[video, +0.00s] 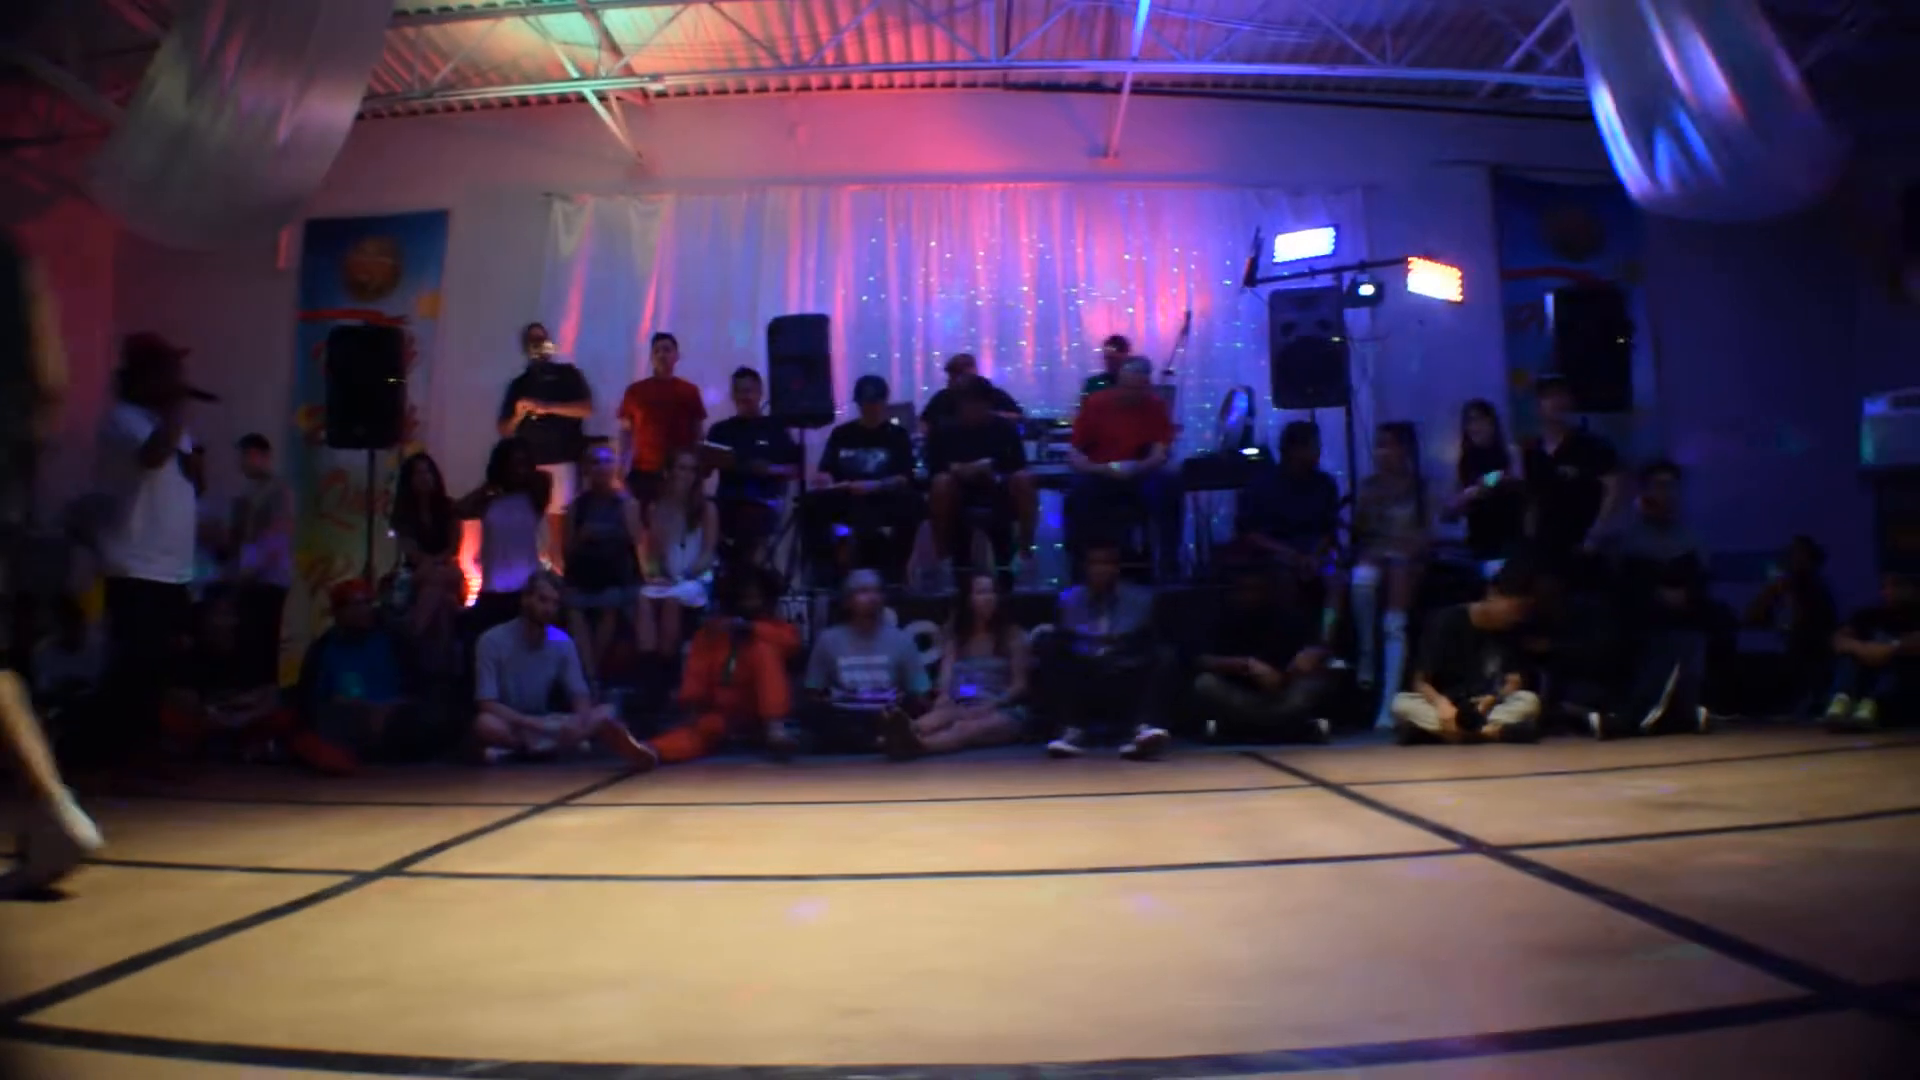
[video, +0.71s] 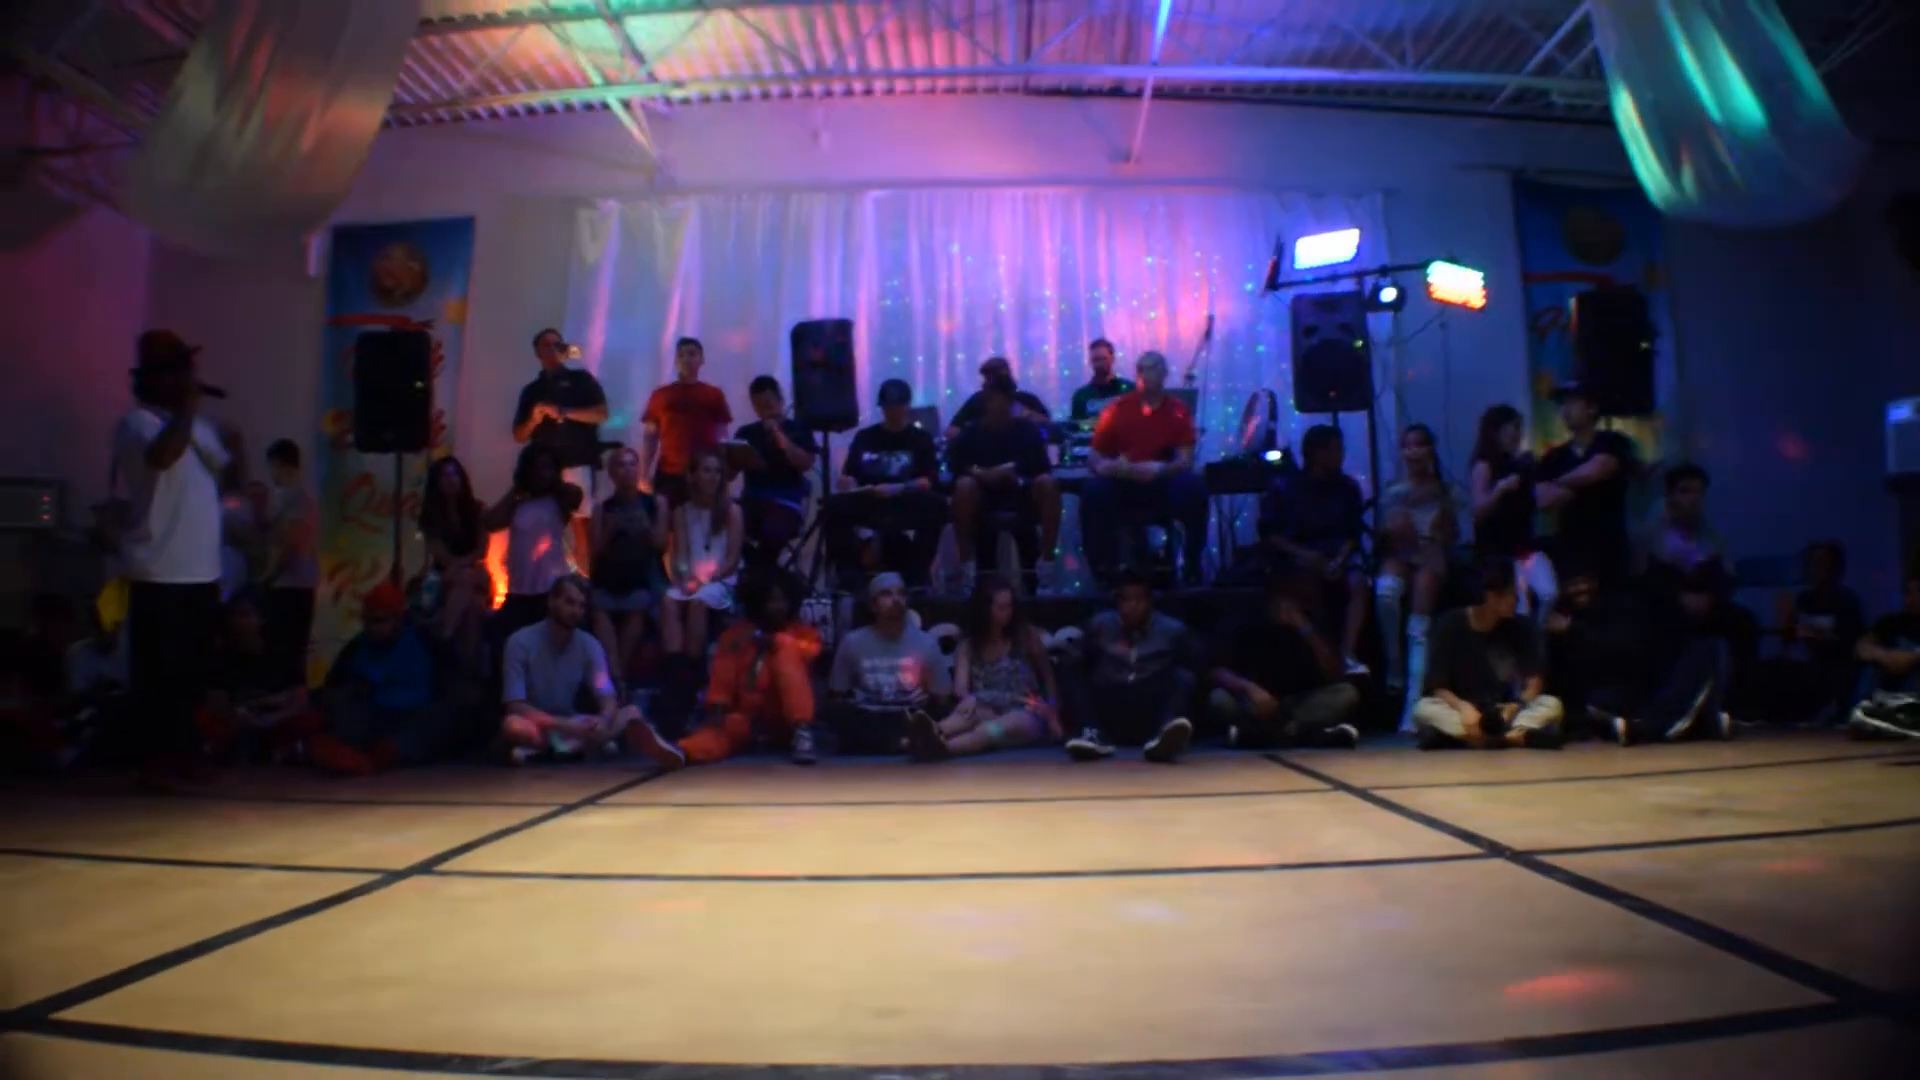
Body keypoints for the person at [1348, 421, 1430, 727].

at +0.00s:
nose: (1382, 454)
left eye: (1388, 447)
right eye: (1379, 447)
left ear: (1405, 451)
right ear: (1374, 451)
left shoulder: (1418, 487)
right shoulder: (1367, 487)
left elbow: (1428, 531)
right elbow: (1359, 529)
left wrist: (1408, 546)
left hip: (1405, 552)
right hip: (1373, 551)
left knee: (1394, 623)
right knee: (1362, 580)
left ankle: (1390, 705)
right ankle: (1365, 658)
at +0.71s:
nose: (1413, 452)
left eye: (1419, 445)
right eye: (1407, 446)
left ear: (1431, 450)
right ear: (1401, 452)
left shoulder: (1449, 491)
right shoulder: (1392, 492)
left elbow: (1457, 535)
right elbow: (1384, 534)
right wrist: (1396, 533)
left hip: (1431, 556)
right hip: (1398, 554)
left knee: (1418, 628)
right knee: (1386, 593)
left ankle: (1415, 702)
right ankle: (1393, 664)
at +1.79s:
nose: (1400, 454)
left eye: (1407, 448)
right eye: (1395, 448)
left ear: (1419, 453)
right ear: (1389, 454)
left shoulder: (1432, 487)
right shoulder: (1384, 490)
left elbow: (1440, 532)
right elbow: (1379, 534)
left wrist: (1428, 501)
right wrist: (1388, 511)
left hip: (1424, 553)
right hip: (1393, 553)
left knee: (1414, 627)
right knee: (1379, 597)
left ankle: (1410, 712)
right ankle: (1389, 671)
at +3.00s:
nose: (1404, 455)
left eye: (1411, 448)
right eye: (1402, 448)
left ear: (1429, 452)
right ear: (1399, 454)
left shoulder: (1446, 490)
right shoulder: (1393, 491)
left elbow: (1452, 533)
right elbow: (1383, 534)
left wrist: (1420, 543)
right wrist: (1401, 542)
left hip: (1428, 556)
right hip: (1395, 556)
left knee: (1414, 627)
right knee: (1381, 594)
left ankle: (1410, 702)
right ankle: (1387, 669)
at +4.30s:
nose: (1399, 451)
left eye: (1405, 445)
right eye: (1393, 446)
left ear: (1416, 451)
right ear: (1386, 453)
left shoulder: (1430, 489)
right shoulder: (1377, 492)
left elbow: (1437, 530)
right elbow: (1373, 533)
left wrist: (1413, 547)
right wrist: (1388, 549)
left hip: (1420, 557)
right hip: (1388, 557)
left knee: (1412, 628)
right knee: (1378, 596)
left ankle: (1408, 699)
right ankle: (1386, 666)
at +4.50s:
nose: (1401, 451)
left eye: (1407, 445)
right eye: (1394, 446)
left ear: (1417, 452)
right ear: (1386, 453)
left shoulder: (1430, 489)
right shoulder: (1377, 491)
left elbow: (1439, 528)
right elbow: (1374, 533)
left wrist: (1415, 544)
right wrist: (1391, 547)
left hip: (1420, 557)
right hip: (1388, 556)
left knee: (1412, 630)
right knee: (1378, 596)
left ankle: (1407, 708)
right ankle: (1386, 669)